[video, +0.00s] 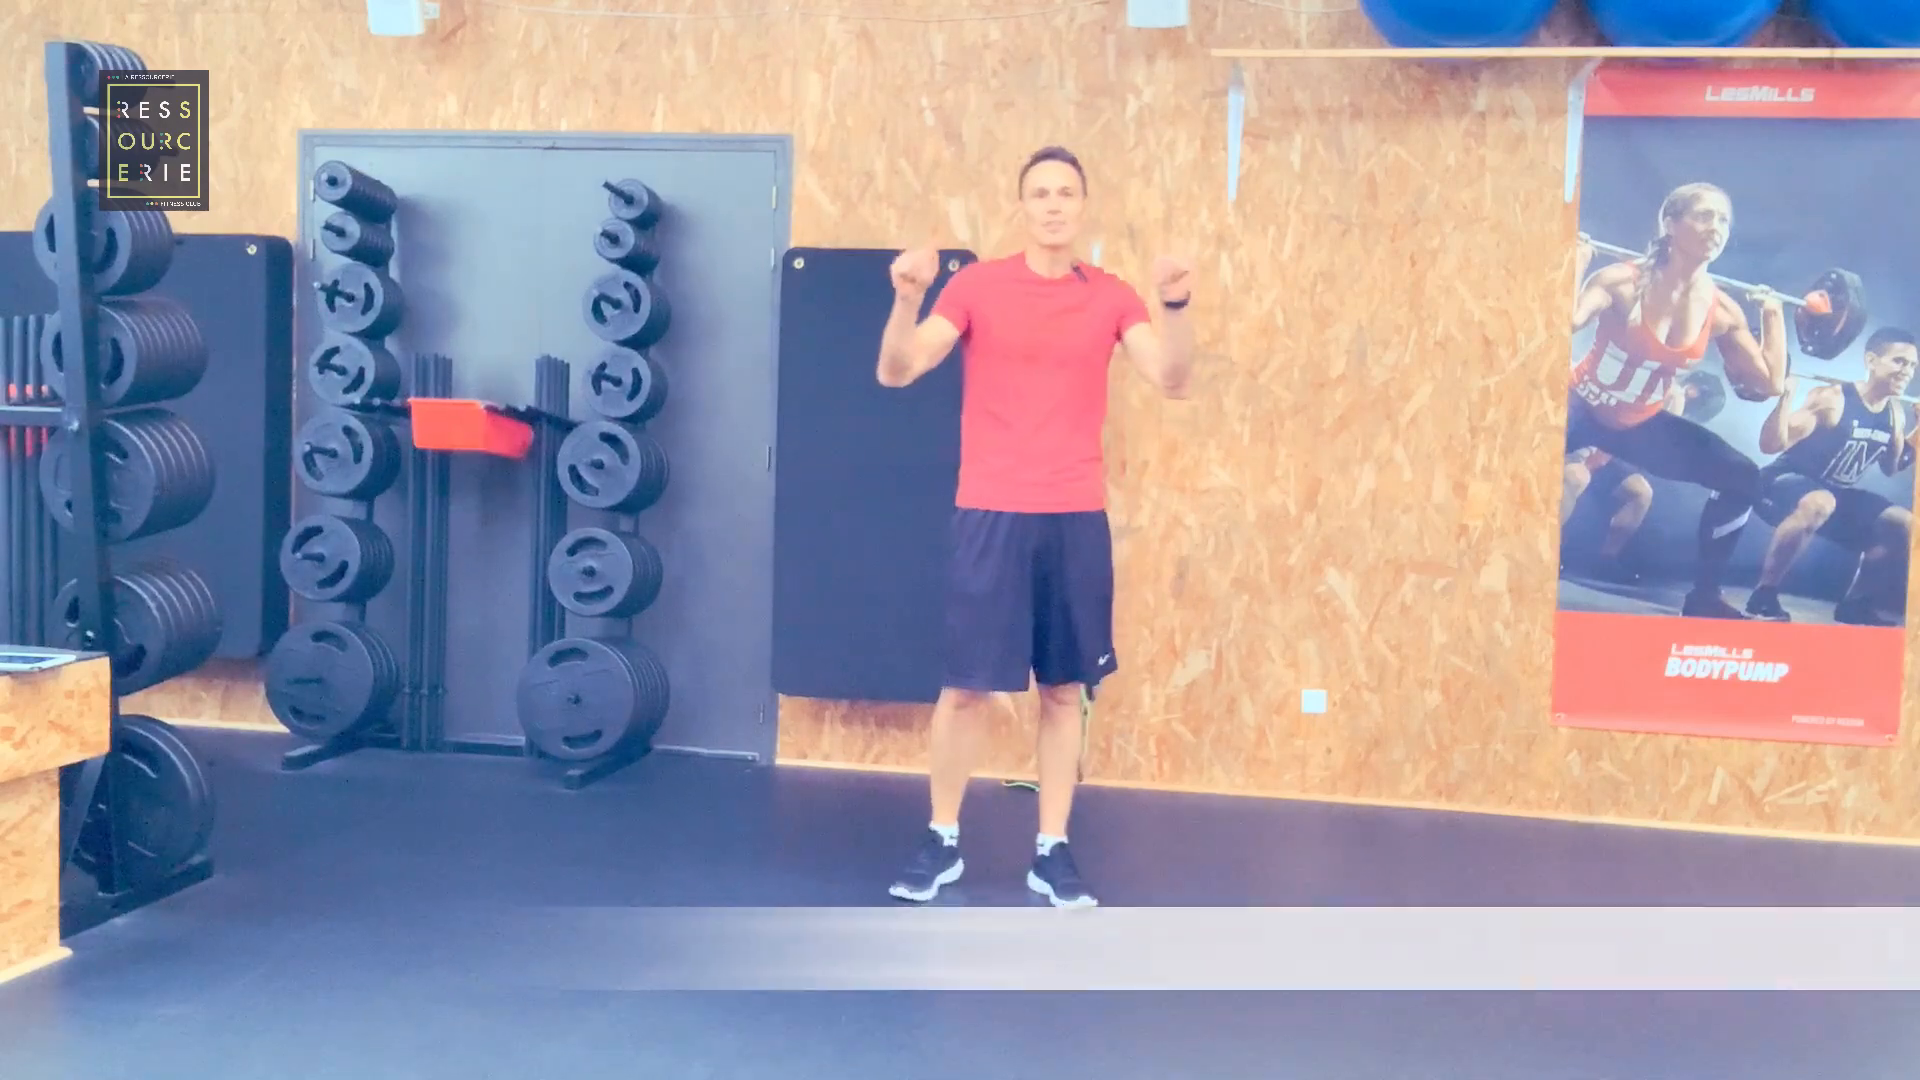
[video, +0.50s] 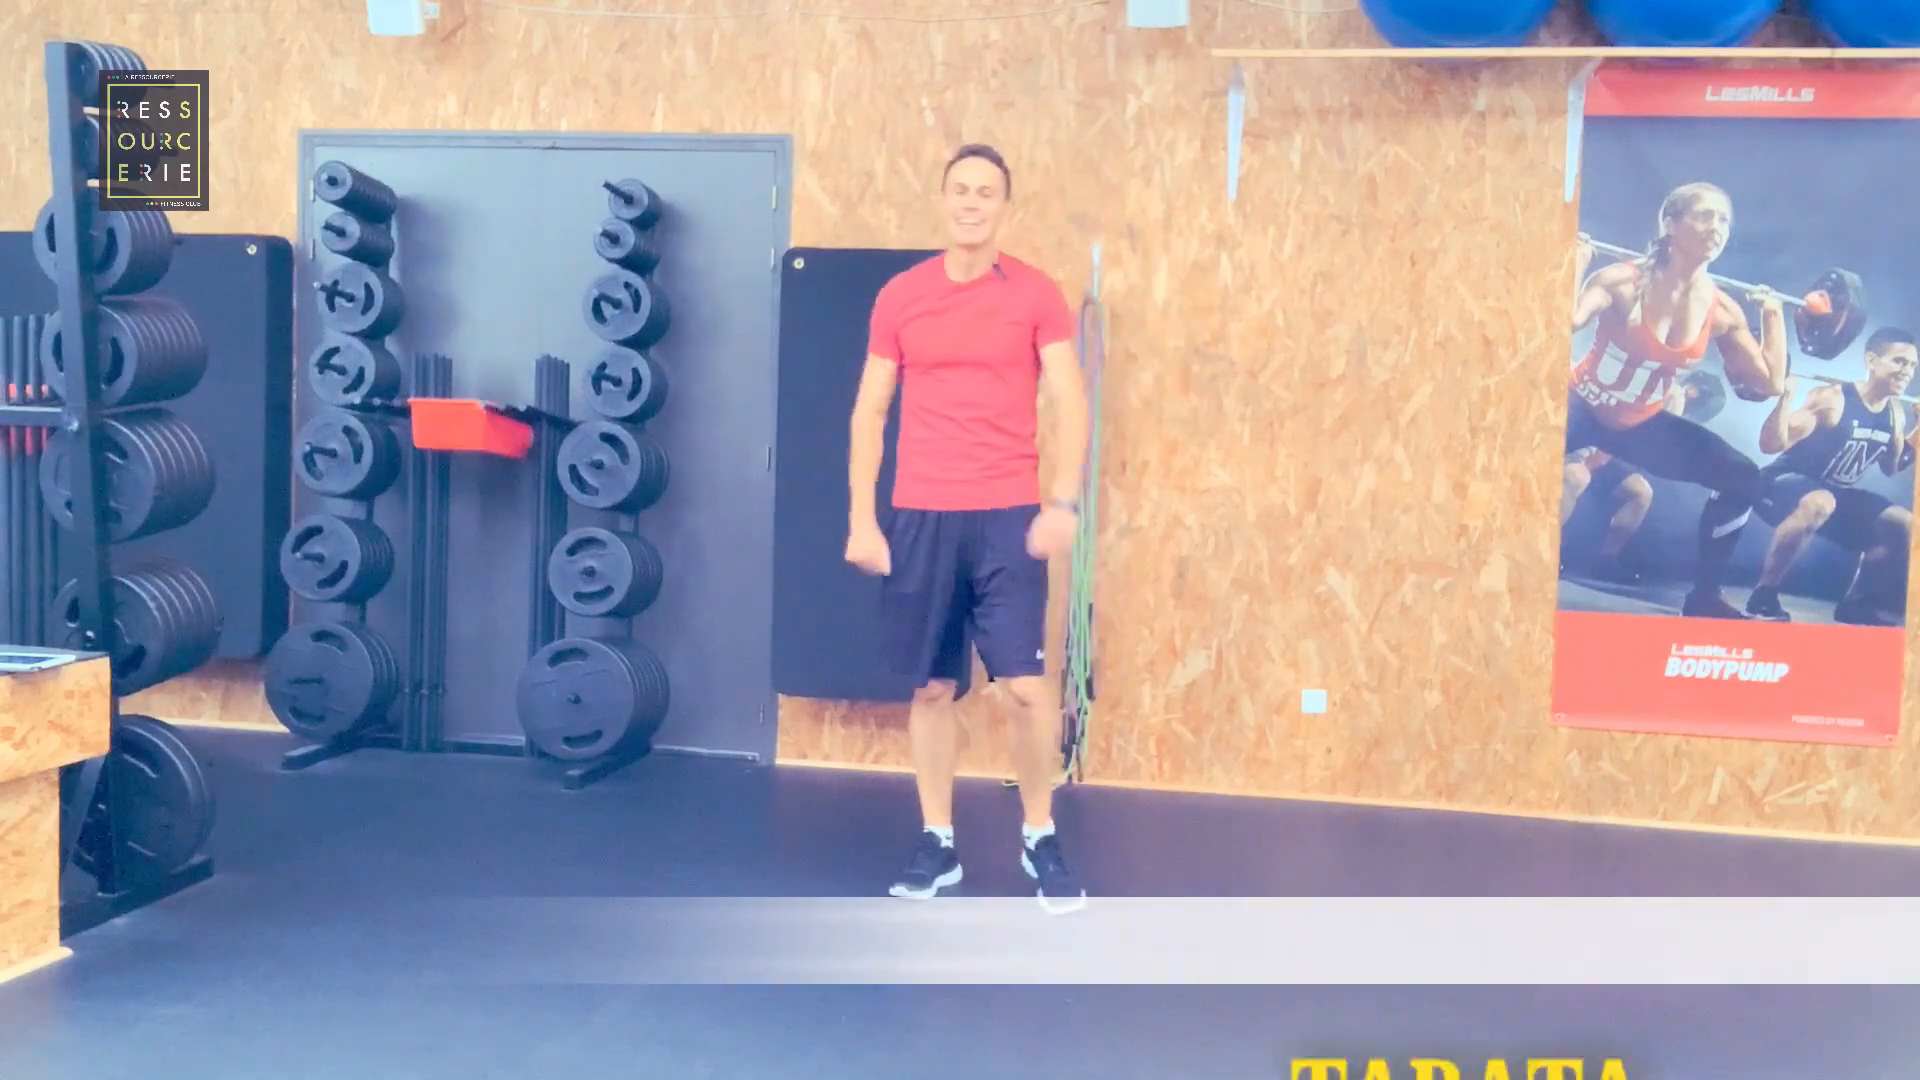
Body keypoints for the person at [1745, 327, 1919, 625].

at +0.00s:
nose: (1906, 372)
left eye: (1912, 365)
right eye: (1899, 361)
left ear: (1914, 372)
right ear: (1871, 361)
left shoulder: (1894, 413)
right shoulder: (1830, 398)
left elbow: (1891, 467)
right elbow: (1769, 444)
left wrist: (1910, 441)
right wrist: (1785, 396)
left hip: (1839, 495)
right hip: (1786, 481)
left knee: (1905, 525)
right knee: (1820, 503)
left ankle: (1854, 605)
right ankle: (1763, 596)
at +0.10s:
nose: (1906, 371)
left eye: (1911, 365)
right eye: (1899, 361)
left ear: (1914, 371)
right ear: (1871, 361)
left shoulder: (1894, 412)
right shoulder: (1830, 398)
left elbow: (1892, 467)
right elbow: (1769, 444)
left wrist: (1912, 438)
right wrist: (1786, 395)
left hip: (1839, 495)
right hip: (1786, 480)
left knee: (1905, 525)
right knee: (1820, 503)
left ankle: (1855, 605)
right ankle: (1763, 596)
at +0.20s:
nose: (1906, 371)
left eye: (1911, 365)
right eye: (1899, 361)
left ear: (1914, 371)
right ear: (1871, 361)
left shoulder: (1894, 412)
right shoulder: (1830, 398)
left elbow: (1892, 467)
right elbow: (1769, 444)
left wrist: (1913, 438)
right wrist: (1786, 395)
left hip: (1839, 494)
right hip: (1786, 481)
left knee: (1905, 525)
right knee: (1820, 503)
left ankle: (1855, 605)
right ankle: (1763, 596)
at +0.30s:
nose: (1906, 372)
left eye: (1912, 365)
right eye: (1899, 361)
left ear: (1914, 372)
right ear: (1871, 361)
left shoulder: (1894, 413)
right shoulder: (1830, 398)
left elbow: (1891, 467)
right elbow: (1769, 444)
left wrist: (1911, 441)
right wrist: (1785, 396)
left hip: (1839, 495)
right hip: (1785, 481)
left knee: (1905, 525)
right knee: (1820, 503)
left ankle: (1855, 605)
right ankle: (1764, 596)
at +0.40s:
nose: (1906, 371)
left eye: (1911, 365)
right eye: (1899, 361)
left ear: (1914, 371)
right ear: (1871, 361)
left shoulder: (1894, 412)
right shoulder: (1830, 398)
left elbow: (1892, 467)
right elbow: (1769, 444)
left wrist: (1913, 439)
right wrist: (1786, 395)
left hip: (1839, 495)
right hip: (1786, 481)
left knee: (1905, 525)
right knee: (1820, 503)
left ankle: (1855, 605)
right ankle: (1763, 596)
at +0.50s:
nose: (1906, 371)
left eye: (1912, 365)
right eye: (1899, 361)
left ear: (1914, 371)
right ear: (1871, 361)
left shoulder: (1894, 413)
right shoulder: (1830, 398)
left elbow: (1891, 467)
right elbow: (1769, 444)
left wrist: (1910, 442)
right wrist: (1785, 395)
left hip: (1839, 495)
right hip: (1786, 481)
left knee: (1906, 525)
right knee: (1820, 503)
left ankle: (1855, 604)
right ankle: (1764, 596)